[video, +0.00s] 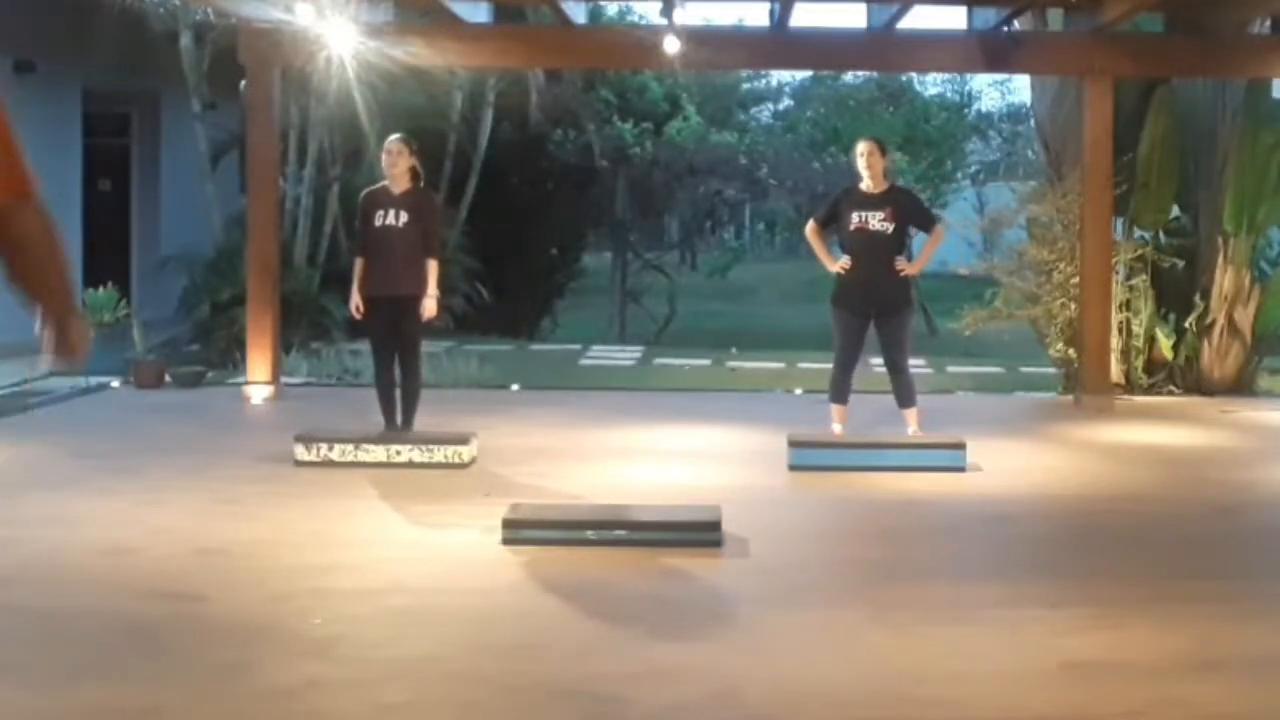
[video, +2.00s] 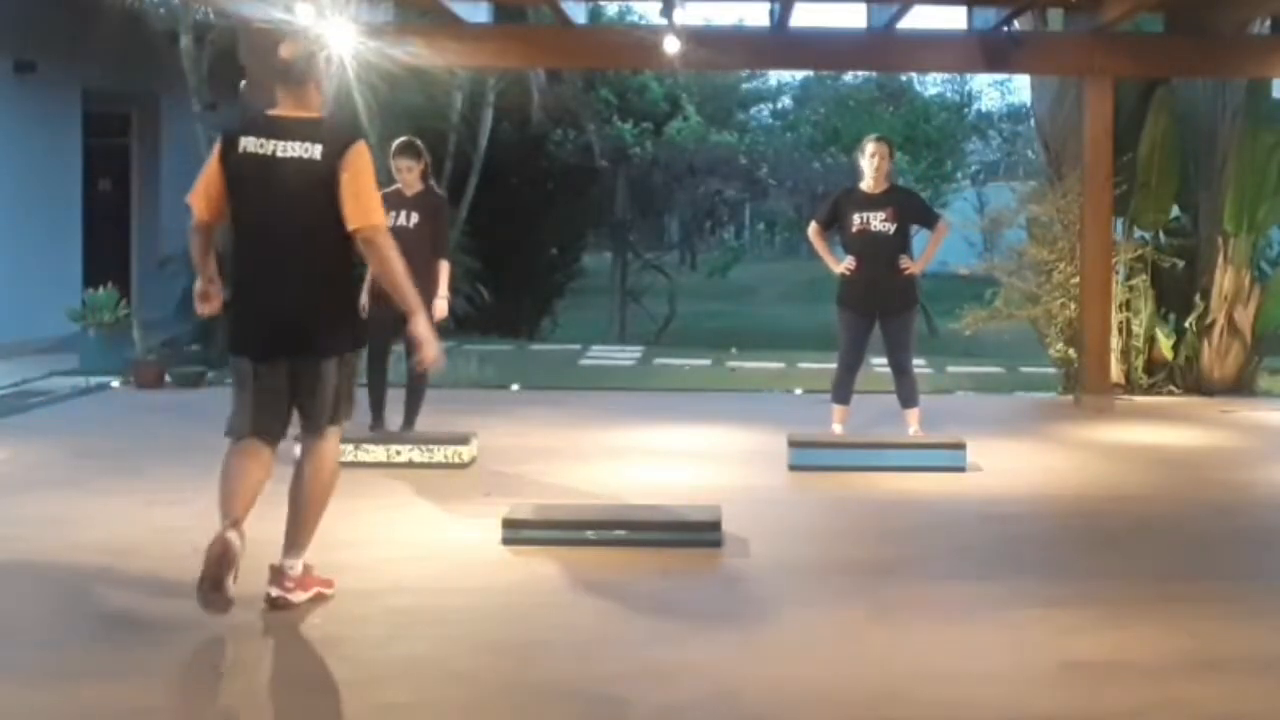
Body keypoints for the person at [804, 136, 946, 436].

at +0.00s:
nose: (866, 160)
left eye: (871, 155)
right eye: (861, 156)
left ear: (884, 160)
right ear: (855, 162)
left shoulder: (902, 198)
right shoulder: (845, 198)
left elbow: (938, 230)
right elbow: (811, 228)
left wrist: (919, 264)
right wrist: (830, 261)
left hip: (892, 287)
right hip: (852, 287)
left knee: (897, 362)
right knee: (845, 359)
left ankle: (913, 429)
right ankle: (838, 430)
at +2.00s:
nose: (876, 162)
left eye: (882, 157)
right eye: (871, 156)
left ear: (890, 162)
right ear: (861, 160)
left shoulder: (905, 198)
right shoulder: (844, 199)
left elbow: (941, 226)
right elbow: (814, 230)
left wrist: (922, 264)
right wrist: (834, 263)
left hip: (897, 287)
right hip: (856, 287)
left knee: (901, 361)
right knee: (848, 359)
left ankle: (914, 429)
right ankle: (837, 429)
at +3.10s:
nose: (865, 172)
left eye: (870, 166)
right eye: (859, 165)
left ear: (878, 167)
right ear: (848, 166)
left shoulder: (889, 199)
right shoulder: (832, 199)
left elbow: (918, 228)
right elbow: (795, 229)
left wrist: (904, 258)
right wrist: (819, 262)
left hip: (881, 289)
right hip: (843, 289)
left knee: (883, 359)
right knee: (841, 358)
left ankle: (888, 423)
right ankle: (837, 425)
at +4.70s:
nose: (875, 166)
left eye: (880, 160)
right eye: (870, 160)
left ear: (889, 162)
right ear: (861, 162)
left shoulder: (901, 199)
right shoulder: (845, 198)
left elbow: (915, 246)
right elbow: (829, 244)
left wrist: (918, 287)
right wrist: (828, 287)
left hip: (891, 293)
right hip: (853, 293)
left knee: (885, 360)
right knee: (856, 359)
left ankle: (888, 424)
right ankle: (857, 425)